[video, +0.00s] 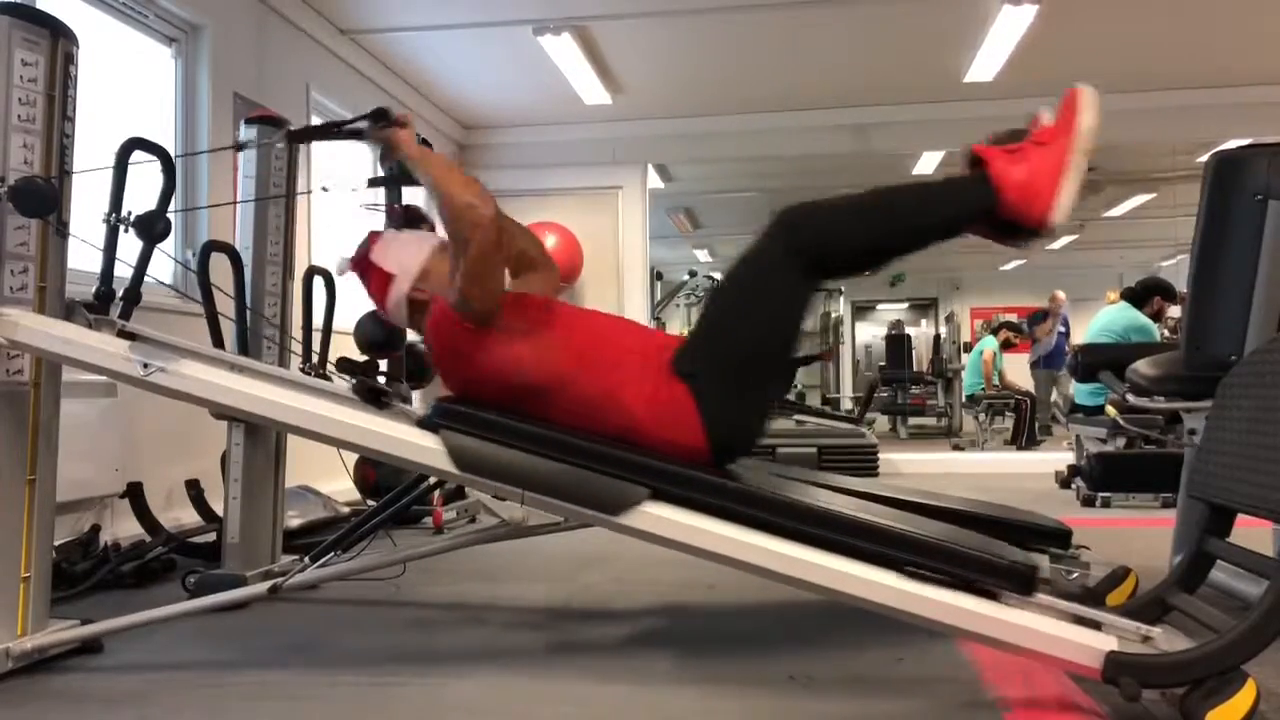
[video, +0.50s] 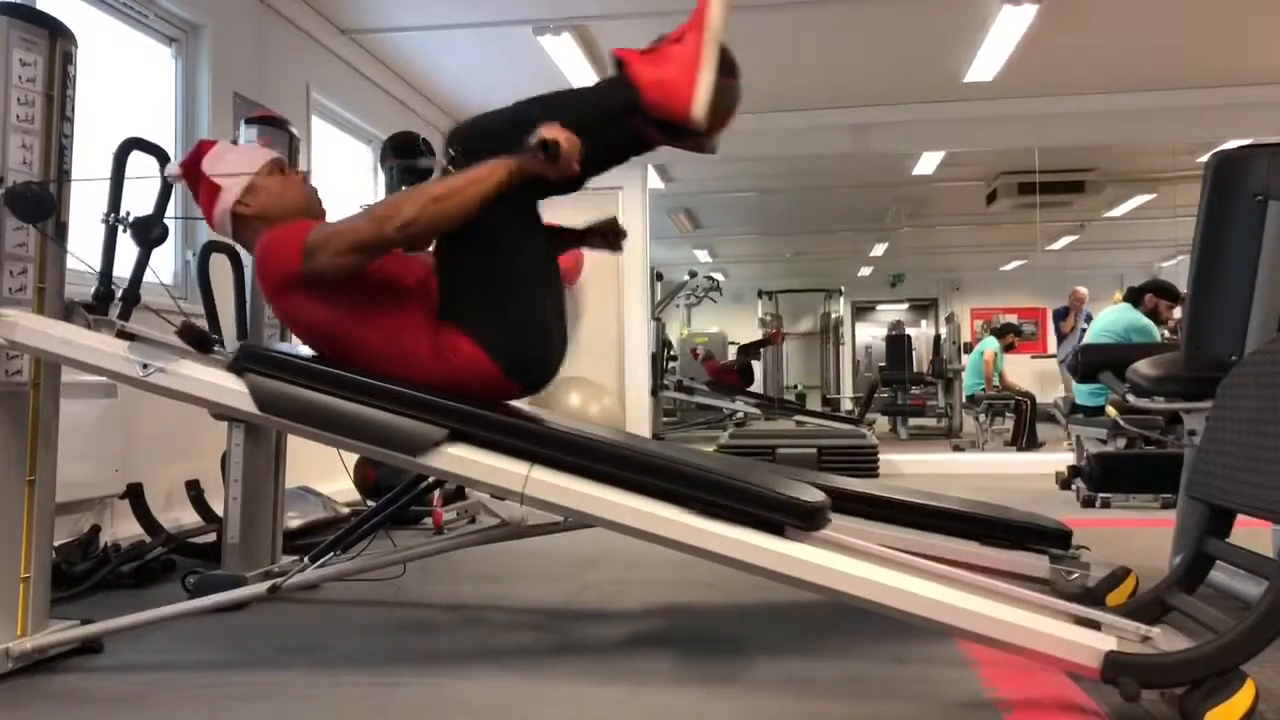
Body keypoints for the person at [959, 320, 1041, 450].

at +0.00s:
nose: (1017, 342)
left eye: (1018, 339)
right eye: (1015, 337)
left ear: (1004, 333)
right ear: (1004, 332)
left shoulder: (997, 350)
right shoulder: (991, 341)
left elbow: (1003, 381)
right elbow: (987, 360)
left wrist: (1019, 389)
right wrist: (989, 390)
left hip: (985, 391)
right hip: (976, 393)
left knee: (1029, 398)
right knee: (1025, 401)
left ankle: (1028, 439)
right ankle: (1022, 443)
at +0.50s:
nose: (1015, 343)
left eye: (1017, 339)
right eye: (1016, 338)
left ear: (1008, 337)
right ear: (1009, 336)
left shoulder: (997, 350)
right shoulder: (991, 342)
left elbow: (1004, 382)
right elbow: (987, 361)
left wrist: (1020, 390)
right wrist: (989, 390)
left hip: (984, 392)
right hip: (976, 393)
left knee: (1027, 399)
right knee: (1026, 400)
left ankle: (1020, 441)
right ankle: (1025, 443)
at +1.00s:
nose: (1016, 343)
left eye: (1017, 339)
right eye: (1016, 338)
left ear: (1008, 337)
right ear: (1010, 337)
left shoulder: (997, 350)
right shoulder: (992, 342)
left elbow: (1004, 382)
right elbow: (988, 360)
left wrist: (1019, 390)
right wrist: (989, 389)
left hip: (983, 392)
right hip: (976, 393)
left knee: (1027, 399)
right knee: (1026, 400)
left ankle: (1019, 442)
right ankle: (1027, 444)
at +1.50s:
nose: (1017, 342)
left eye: (1018, 339)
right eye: (1017, 338)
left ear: (1009, 337)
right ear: (1011, 336)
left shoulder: (999, 349)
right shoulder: (994, 342)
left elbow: (1004, 383)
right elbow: (989, 361)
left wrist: (1019, 390)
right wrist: (989, 390)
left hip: (982, 393)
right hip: (976, 393)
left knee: (1026, 399)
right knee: (1027, 400)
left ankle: (1018, 442)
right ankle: (1027, 445)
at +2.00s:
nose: (1019, 342)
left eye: (1020, 339)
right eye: (1019, 338)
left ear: (1011, 337)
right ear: (1013, 337)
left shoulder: (999, 348)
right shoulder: (995, 343)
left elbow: (1004, 382)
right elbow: (990, 361)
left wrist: (1019, 389)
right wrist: (990, 389)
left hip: (982, 393)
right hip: (977, 393)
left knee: (1026, 399)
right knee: (1027, 400)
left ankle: (1018, 442)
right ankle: (1027, 444)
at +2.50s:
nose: (1019, 343)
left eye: (1020, 339)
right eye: (1019, 339)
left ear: (1010, 338)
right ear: (1012, 337)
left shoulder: (999, 350)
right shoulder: (994, 342)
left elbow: (1004, 382)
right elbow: (989, 361)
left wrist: (1020, 390)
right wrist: (990, 390)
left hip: (983, 393)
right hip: (977, 394)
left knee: (1026, 400)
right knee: (1027, 400)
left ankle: (1018, 443)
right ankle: (1026, 445)